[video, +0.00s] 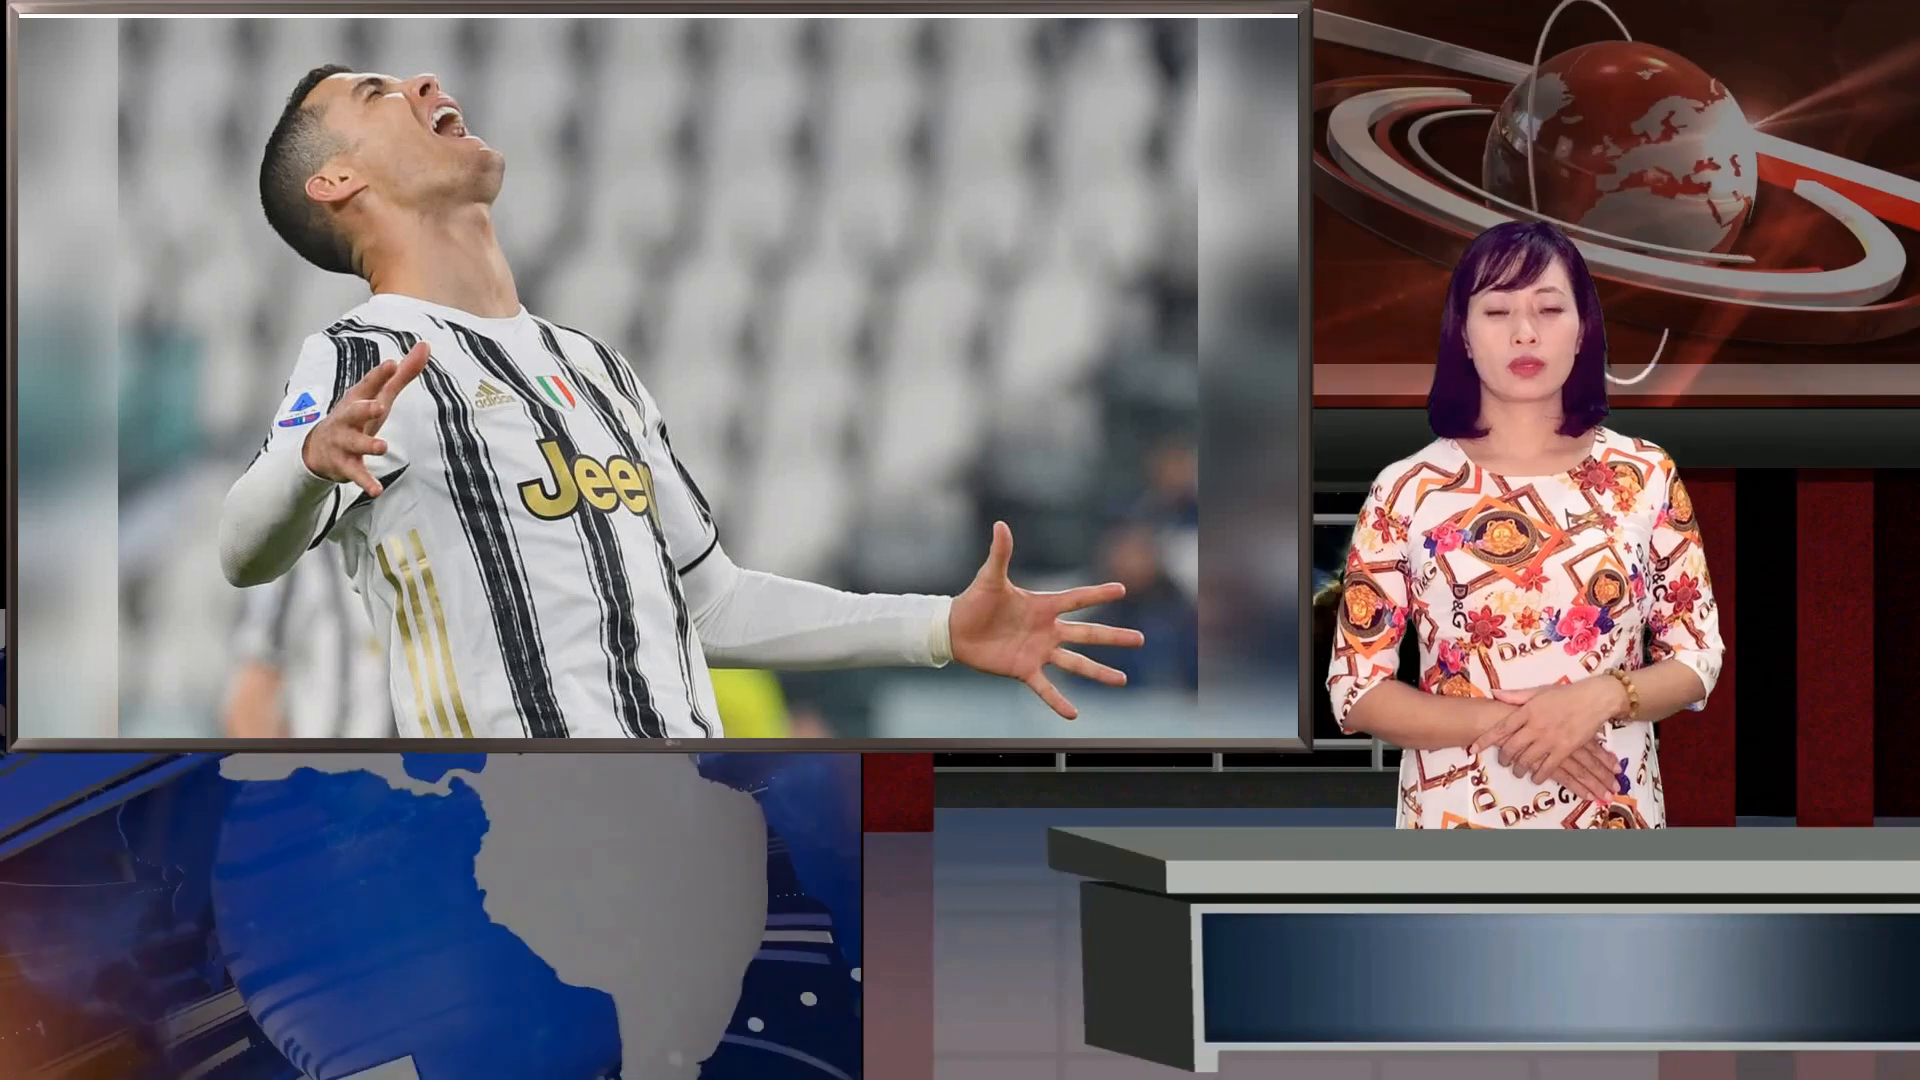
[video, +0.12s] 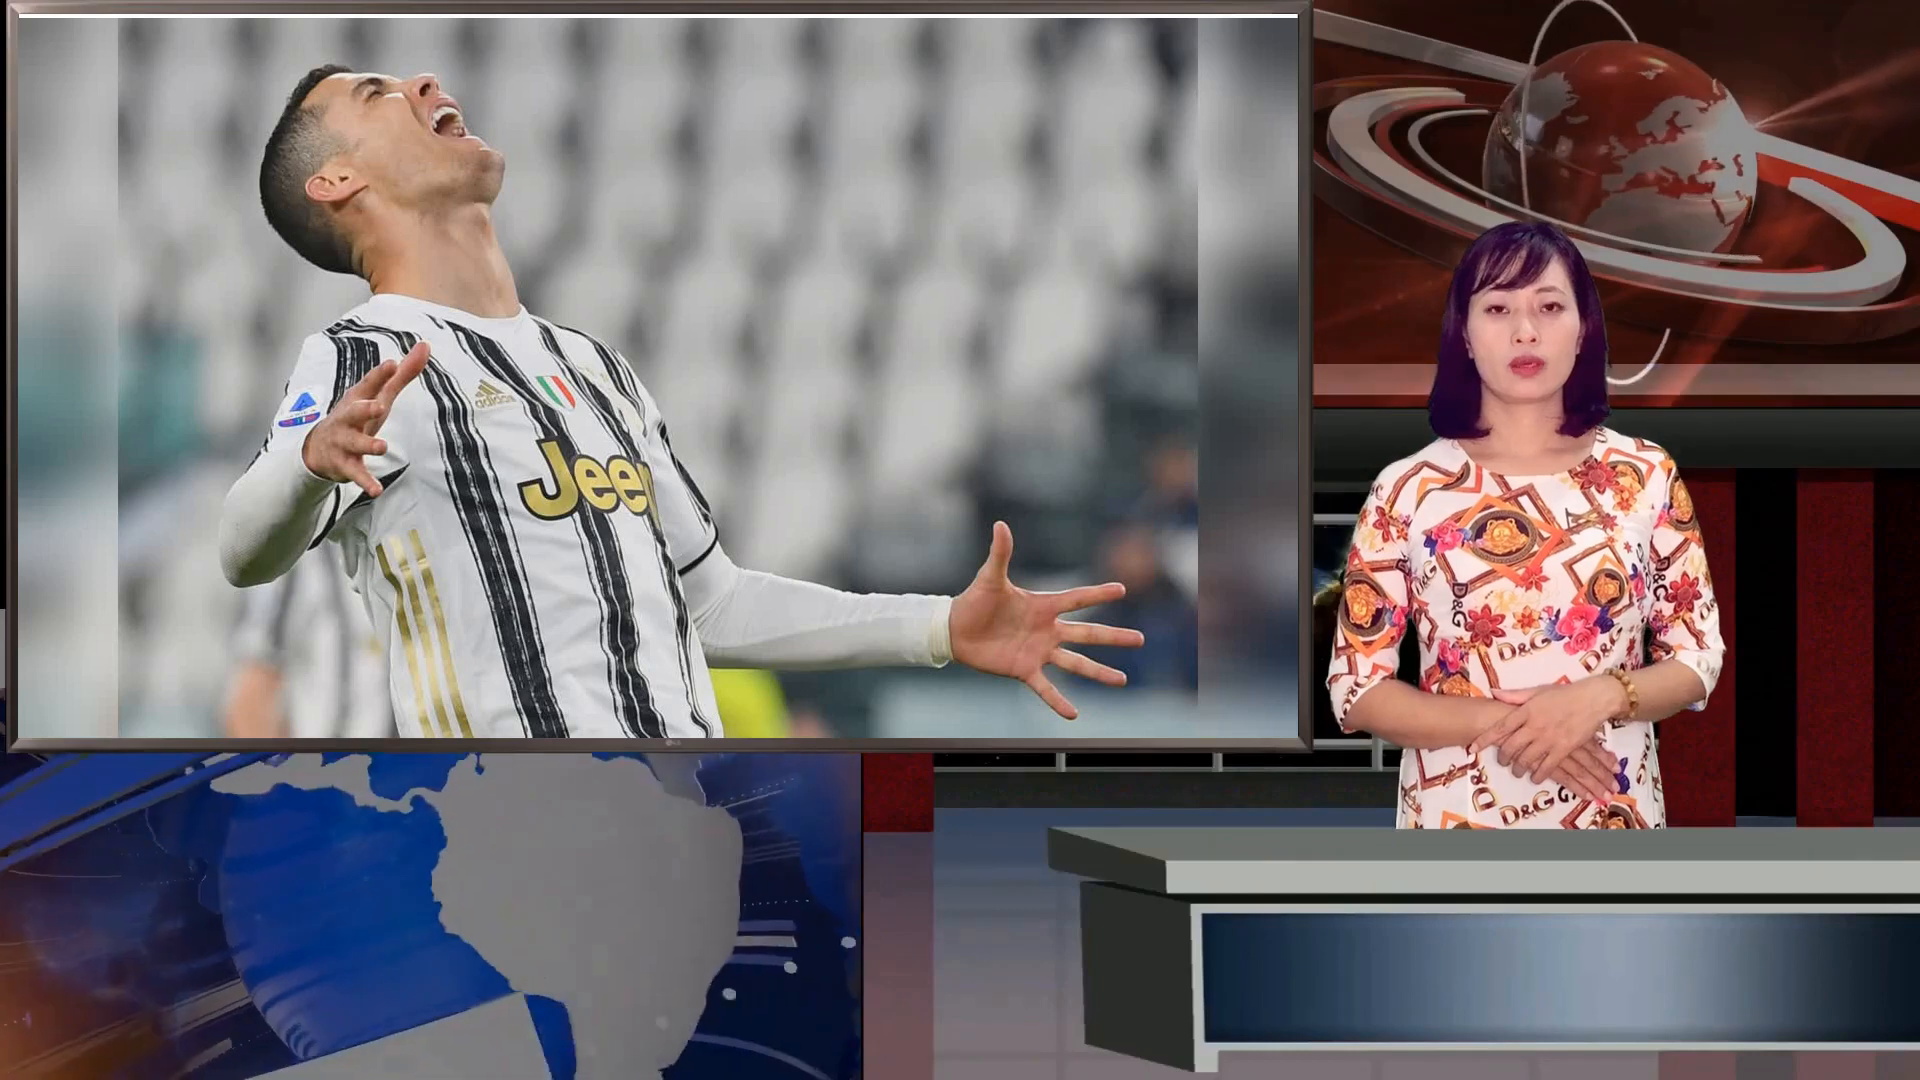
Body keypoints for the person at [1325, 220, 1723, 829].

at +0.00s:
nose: (1524, 331)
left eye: (1549, 309)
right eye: (1497, 311)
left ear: (1583, 328)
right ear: (1463, 332)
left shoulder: (1644, 477)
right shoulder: (1406, 491)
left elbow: (1697, 658)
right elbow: (1355, 690)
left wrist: (1601, 696)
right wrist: (1514, 727)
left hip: (1612, 827)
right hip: (1458, 828)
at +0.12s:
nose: (1525, 330)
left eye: (1549, 307)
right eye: (1498, 309)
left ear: (1583, 328)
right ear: (1464, 332)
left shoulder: (1644, 477)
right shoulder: (1407, 491)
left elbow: (1697, 658)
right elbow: (1356, 688)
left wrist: (1599, 696)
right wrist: (1515, 727)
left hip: (1611, 826)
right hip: (1458, 827)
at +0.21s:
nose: (1525, 330)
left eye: (1549, 307)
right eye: (1498, 309)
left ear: (1583, 328)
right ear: (1464, 332)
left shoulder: (1644, 477)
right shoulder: (1407, 490)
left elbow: (1698, 658)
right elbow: (1356, 688)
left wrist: (1599, 695)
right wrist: (1515, 726)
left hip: (1611, 827)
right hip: (1458, 827)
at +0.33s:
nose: (1525, 330)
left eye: (1549, 307)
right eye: (1498, 309)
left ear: (1583, 328)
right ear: (1464, 332)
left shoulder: (1644, 476)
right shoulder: (1407, 490)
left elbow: (1698, 658)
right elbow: (1356, 688)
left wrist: (1599, 695)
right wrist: (1516, 726)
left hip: (1612, 827)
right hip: (1458, 827)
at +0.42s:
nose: (1525, 330)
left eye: (1549, 307)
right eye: (1498, 309)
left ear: (1583, 328)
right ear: (1464, 332)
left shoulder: (1644, 477)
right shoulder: (1407, 491)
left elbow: (1698, 658)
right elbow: (1356, 690)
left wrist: (1600, 695)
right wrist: (1516, 726)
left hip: (1612, 827)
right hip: (1459, 827)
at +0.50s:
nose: (1525, 330)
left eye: (1549, 307)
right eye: (1498, 310)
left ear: (1583, 328)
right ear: (1464, 332)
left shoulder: (1644, 477)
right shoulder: (1407, 491)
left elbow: (1698, 658)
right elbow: (1356, 690)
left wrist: (1601, 695)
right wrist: (1516, 726)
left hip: (1613, 828)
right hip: (1459, 827)